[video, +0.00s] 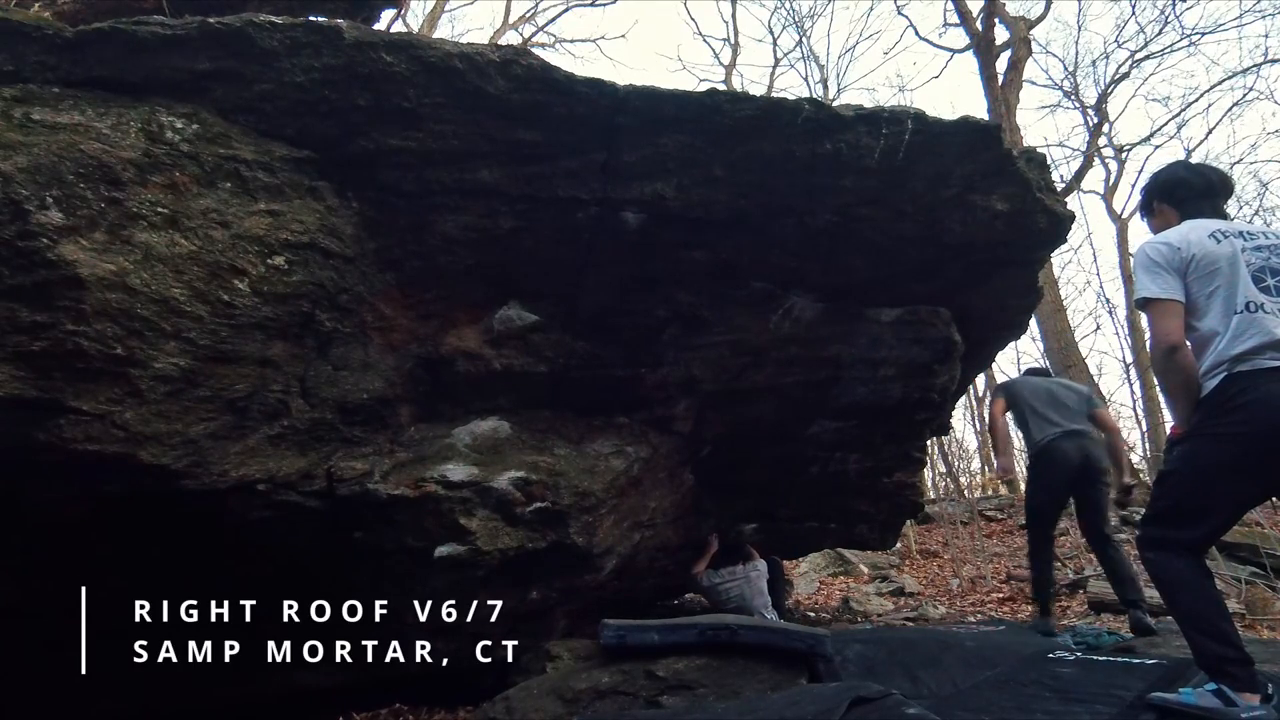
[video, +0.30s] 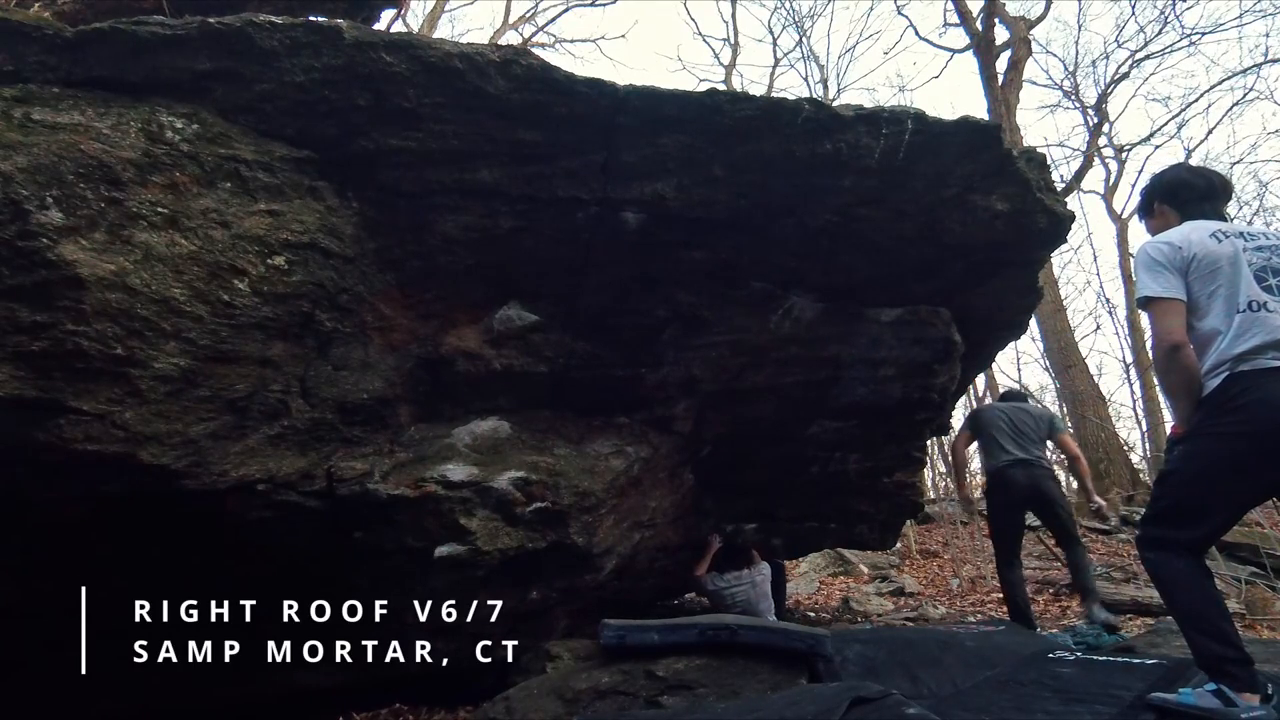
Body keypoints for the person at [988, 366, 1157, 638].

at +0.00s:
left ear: (1023, 378)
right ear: (1051, 378)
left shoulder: (1011, 385)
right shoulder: (1080, 389)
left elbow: (997, 414)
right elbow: (1112, 428)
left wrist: (1003, 461)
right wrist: (1125, 476)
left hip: (1051, 457)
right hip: (1093, 452)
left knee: (1040, 535)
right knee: (1100, 533)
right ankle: (1137, 609)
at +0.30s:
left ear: (1000, 402)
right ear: (1026, 402)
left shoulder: (981, 412)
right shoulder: (1043, 413)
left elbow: (957, 446)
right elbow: (1074, 454)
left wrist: (962, 490)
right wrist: (1091, 495)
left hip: (1002, 486)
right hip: (1041, 481)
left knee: (1008, 560)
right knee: (1071, 543)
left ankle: (1025, 629)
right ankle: (1093, 606)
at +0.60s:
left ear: (1000, 416)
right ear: (1027, 419)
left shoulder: (984, 422)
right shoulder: (1043, 431)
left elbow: (958, 444)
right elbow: (1076, 473)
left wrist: (953, 482)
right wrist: (1079, 516)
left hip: (995, 490)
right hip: (1035, 489)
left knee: (983, 552)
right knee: (1062, 557)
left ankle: (1016, 611)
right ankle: (1087, 625)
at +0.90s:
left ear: (979, 444)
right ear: (1008, 447)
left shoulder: (965, 449)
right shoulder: (1023, 454)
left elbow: (932, 476)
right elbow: (1059, 492)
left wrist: (924, 511)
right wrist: (1074, 533)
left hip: (971, 499)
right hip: (1010, 498)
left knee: (944, 558)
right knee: (1052, 561)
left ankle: (922, 614)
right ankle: (1088, 628)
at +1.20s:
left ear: (932, 495)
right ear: (970, 494)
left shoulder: (917, 506)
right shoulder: (976, 494)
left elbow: (896, 549)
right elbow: (1021, 511)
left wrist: (887, 585)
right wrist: (1060, 529)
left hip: (925, 514)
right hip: (959, 511)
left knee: (915, 566)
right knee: (1018, 566)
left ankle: (920, 620)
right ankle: (1079, 627)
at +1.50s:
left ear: (920, 512)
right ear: (951, 507)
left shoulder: (909, 527)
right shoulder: (959, 510)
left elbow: (893, 579)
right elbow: (1015, 506)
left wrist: (880, 610)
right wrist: (1039, 521)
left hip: (914, 534)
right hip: (948, 525)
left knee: (908, 569)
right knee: (1014, 576)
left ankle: (921, 620)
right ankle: (1074, 629)